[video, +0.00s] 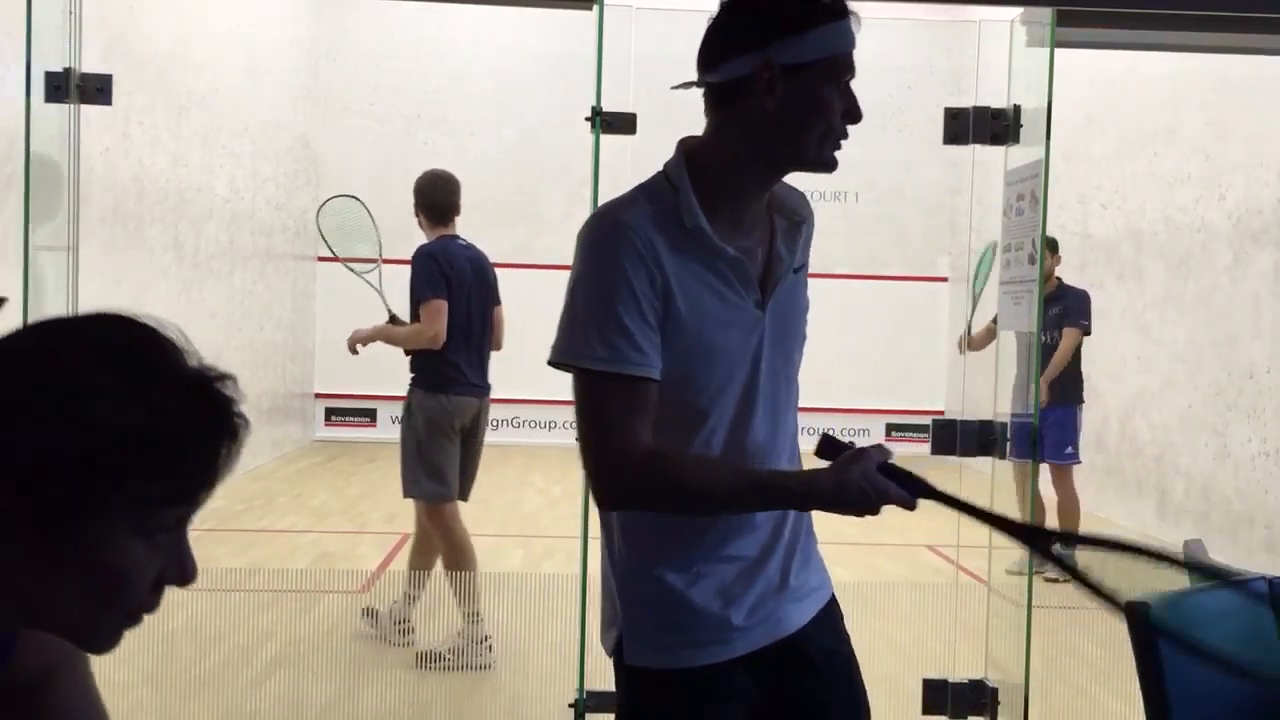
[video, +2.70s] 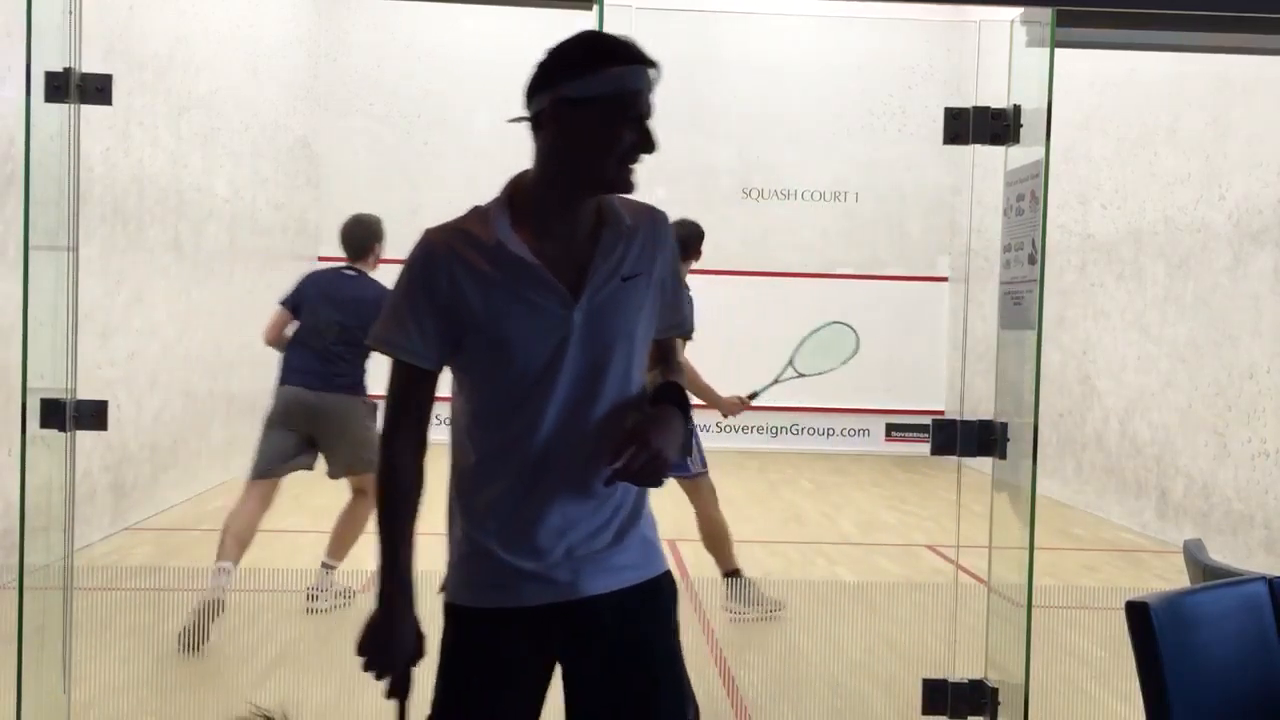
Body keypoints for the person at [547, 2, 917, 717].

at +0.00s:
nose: (855, 110)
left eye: (850, 84)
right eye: (839, 82)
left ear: (769, 89)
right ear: (767, 85)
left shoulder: (790, 216)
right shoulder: (626, 239)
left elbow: (753, 405)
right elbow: (617, 474)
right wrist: (814, 487)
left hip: (797, 604)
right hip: (682, 634)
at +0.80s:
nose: (814, 138)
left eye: (807, 116)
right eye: (795, 116)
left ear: (737, 122)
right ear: (732, 121)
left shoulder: (775, 246)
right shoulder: (619, 254)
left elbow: (788, 387)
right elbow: (557, 429)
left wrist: (886, 470)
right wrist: (704, 501)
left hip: (764, 584)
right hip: (672, 596)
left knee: (769, 714)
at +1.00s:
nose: (781, 136)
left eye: (773, 118)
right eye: (759, 120)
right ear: (691, 136)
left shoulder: (771, 246)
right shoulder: (609, 253)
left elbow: (809, 389)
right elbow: (545, 423)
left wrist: (849, 405)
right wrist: (688, 501)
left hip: (753, 568)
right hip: (658, 578)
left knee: (756, 712)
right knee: (668, 716)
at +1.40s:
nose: (705, 132)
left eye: (698, 113)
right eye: (686, 112)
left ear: (619, 129)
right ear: (614, 127)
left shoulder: (710, 241)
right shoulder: (525, 263)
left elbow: (777, 349)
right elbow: (481, 430)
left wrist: (788, 367)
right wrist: (598, 504)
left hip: (710, 582)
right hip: (596, 594)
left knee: (720, 712)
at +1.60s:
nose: (641, 132)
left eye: (636, 112)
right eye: (621, 113)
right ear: (554, 123)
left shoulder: (654, 240)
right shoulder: (460, 259)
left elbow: (714, 370)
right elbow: (414, 420)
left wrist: (723, 392)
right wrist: (494, 510)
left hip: (645, 575)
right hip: (519, 585)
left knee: (682, 712)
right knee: (500, 717)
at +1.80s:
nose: (586, 142)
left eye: (587, 122)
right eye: (563, 123)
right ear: (495, 127)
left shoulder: (605, 242)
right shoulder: (407, 261)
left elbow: (653, 383)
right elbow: (354, 416)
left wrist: (637, 411)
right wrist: (394, 537)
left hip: (587, 579)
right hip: (456, 581)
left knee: (624, 711)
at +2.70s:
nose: (647, 139)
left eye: (646, 119)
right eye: (626, 117)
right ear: (551, 117)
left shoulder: (647, 235)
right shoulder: (450, 255)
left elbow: (666, 365)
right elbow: (406, 431)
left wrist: (671, 411)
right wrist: (394, 596)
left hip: (626, 582)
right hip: (498, 588)